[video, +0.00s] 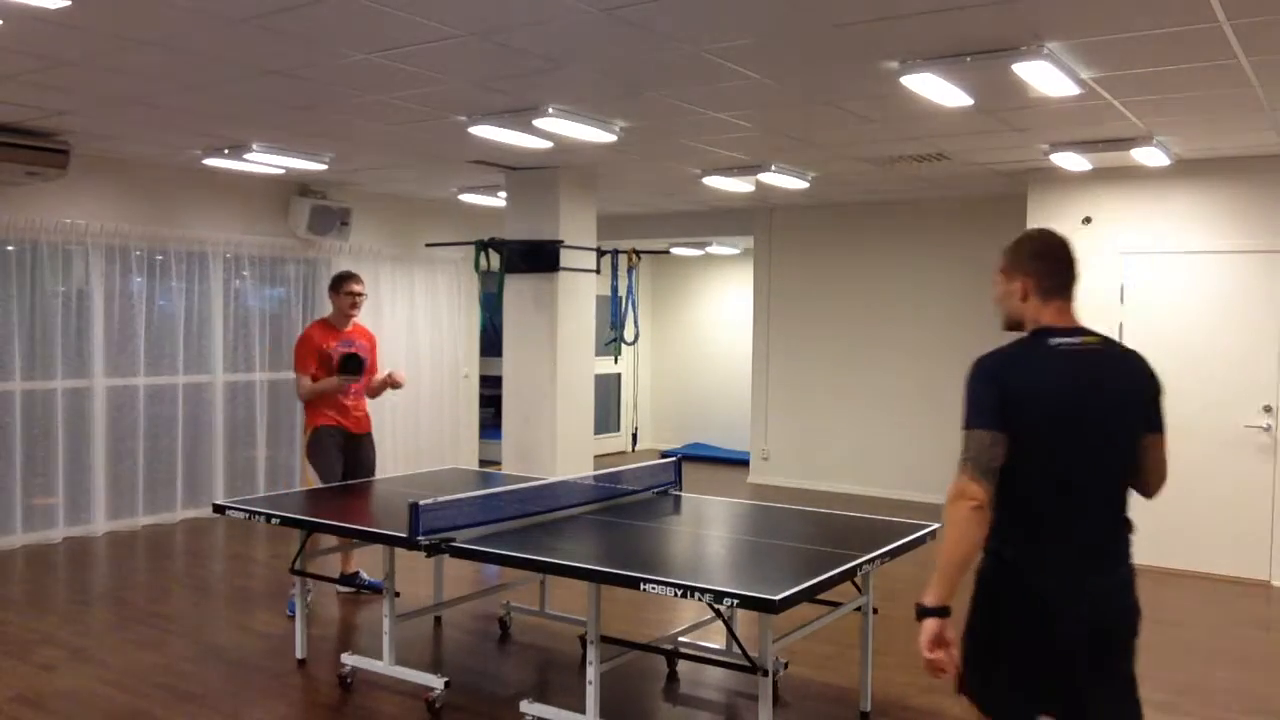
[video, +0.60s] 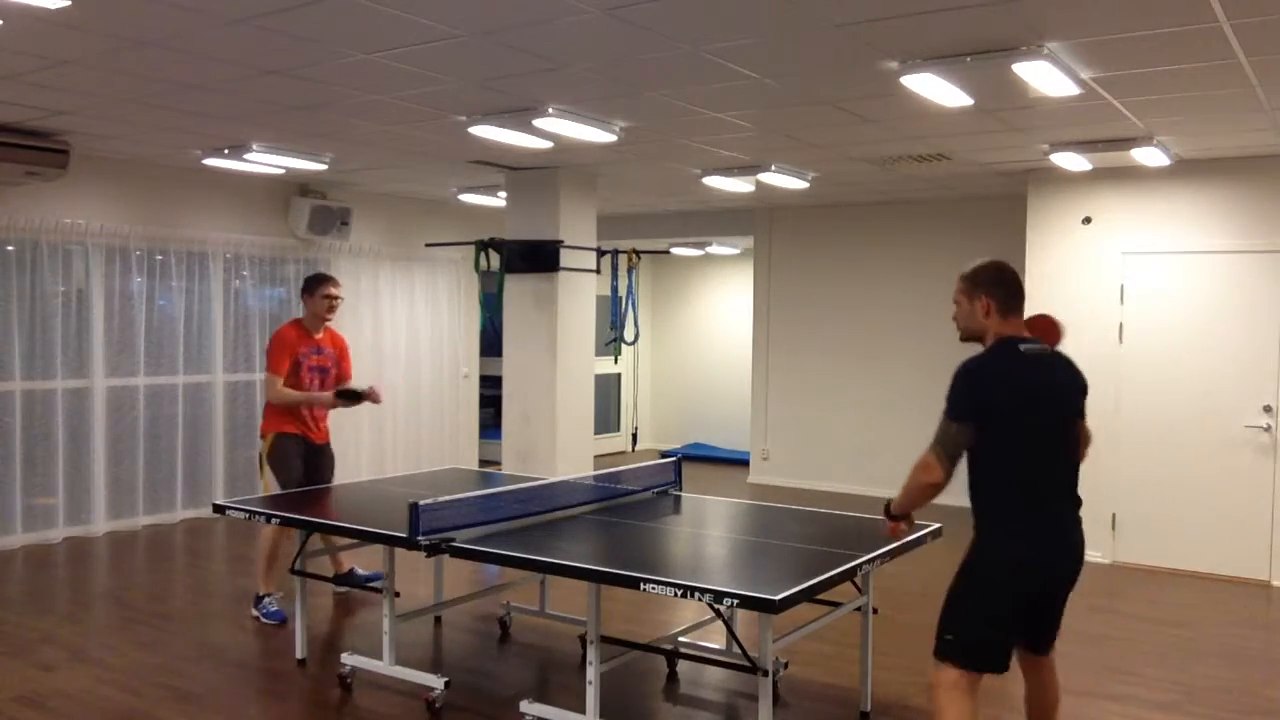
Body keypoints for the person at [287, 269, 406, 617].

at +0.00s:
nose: (357, 301)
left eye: (361, 296)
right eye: (350, 295)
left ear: (364, 300)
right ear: (333, 297)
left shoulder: (366, 338)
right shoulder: (312, 336)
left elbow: (369, 391)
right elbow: (303, 391)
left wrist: (386, 381)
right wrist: (338, 382)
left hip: (359, 426)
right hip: (325, 425)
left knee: (357, 500)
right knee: (331, 496)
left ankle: (348, 571)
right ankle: (301, 582)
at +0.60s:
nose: (334, 304)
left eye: (337, 299)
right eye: (328, 298)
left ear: (338, 304)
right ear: (307, 299)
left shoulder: (337, 342)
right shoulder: (286, 337)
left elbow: (339, 391)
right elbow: (273, 393)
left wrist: (362, 395)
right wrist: (321, 399)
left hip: (318, 435)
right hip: (283, 432)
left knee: (323, 508)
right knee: (282, 513)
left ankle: (342, 570)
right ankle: (264, 595)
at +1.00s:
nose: (334, 303)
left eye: (338, 298)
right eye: (328, 296)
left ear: (338, 302)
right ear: (308, 297)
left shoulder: (334, 337)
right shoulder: (285, 334)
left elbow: (358, 381)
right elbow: (251, 382)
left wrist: (365, 342)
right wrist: (292, 406)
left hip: (327, 437)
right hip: (291, 437)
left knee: (333, 509)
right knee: (277, 514)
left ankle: (334, 573)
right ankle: (264, 594)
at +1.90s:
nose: (333, 317)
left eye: (336, 312)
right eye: (327, 311)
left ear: (334, 313)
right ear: (306, 310)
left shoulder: (330, 347)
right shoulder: (276, 346)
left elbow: (340, 396)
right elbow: (253, 400)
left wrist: (355, 371)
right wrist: (289, 427)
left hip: (315, 440)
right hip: (277, 441)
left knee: (338, 506)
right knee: (270, 512)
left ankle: (339, 572)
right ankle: (229, 593)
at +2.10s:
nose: (317, 328)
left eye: (321, 323)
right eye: (311, 322)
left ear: (321, 324)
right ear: (290, 321)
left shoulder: (321, 355)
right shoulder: (261, 358)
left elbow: (321, 397)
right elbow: (240, 410)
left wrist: (334, 415)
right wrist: (253, 450)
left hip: (310, 452)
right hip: (268, 454)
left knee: (337, 510)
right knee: (254, 519)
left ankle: (350, 571)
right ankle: (218, 597)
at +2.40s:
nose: (314, 344)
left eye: (317, 337)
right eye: (309, 337)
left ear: (318, 336)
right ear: (288, 334)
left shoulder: (319, 363)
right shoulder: (257, 370)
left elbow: (324, 402)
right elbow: (230, 419)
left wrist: (345, 431)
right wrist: (258, 455)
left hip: (315, 459)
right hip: (272, 463)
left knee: (346, 511)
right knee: (256, 521)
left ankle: (361, 567)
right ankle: (223, 597)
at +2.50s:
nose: (320, 337)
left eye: (322, 331)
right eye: (316, 331)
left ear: (319, 331)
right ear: (295, 327)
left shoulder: (311, 358)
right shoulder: (264, 364)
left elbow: (309, 400)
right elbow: (262, 422)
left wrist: (345, 420)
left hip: (301, 451)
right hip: (262, 453)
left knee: (334, 502)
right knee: (263, 508)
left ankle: (358, 565)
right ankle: (221, 597)